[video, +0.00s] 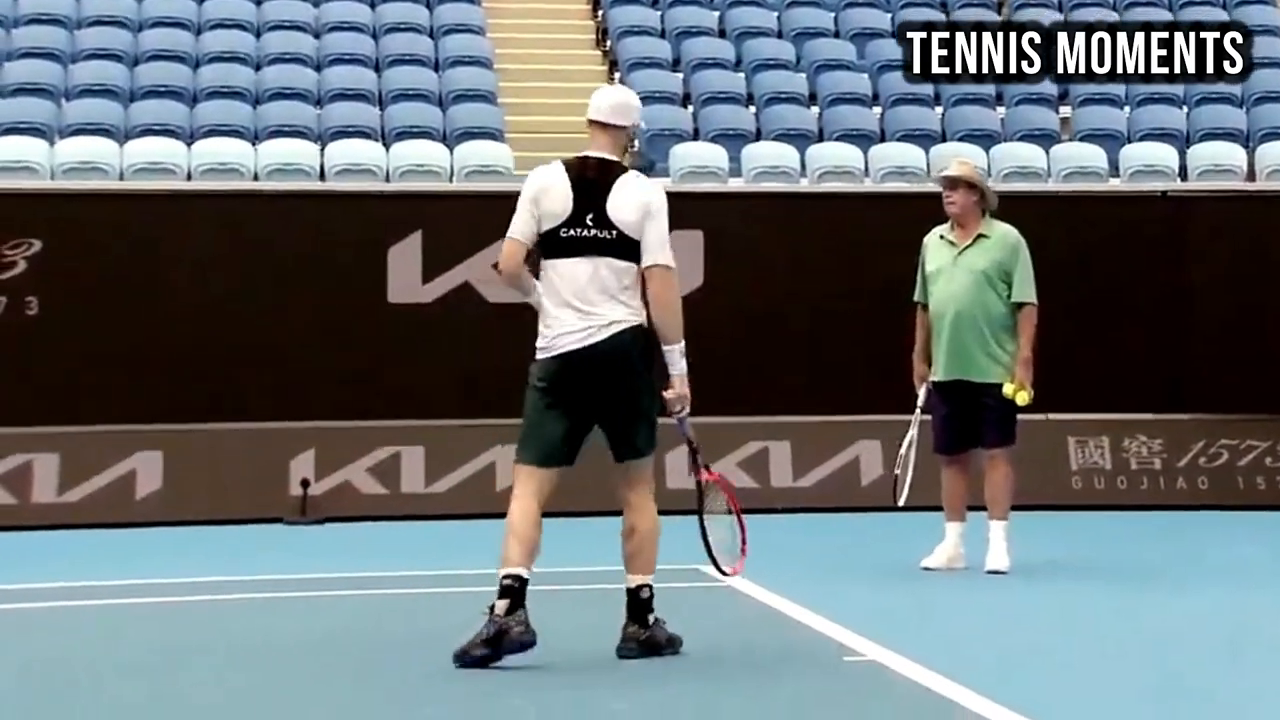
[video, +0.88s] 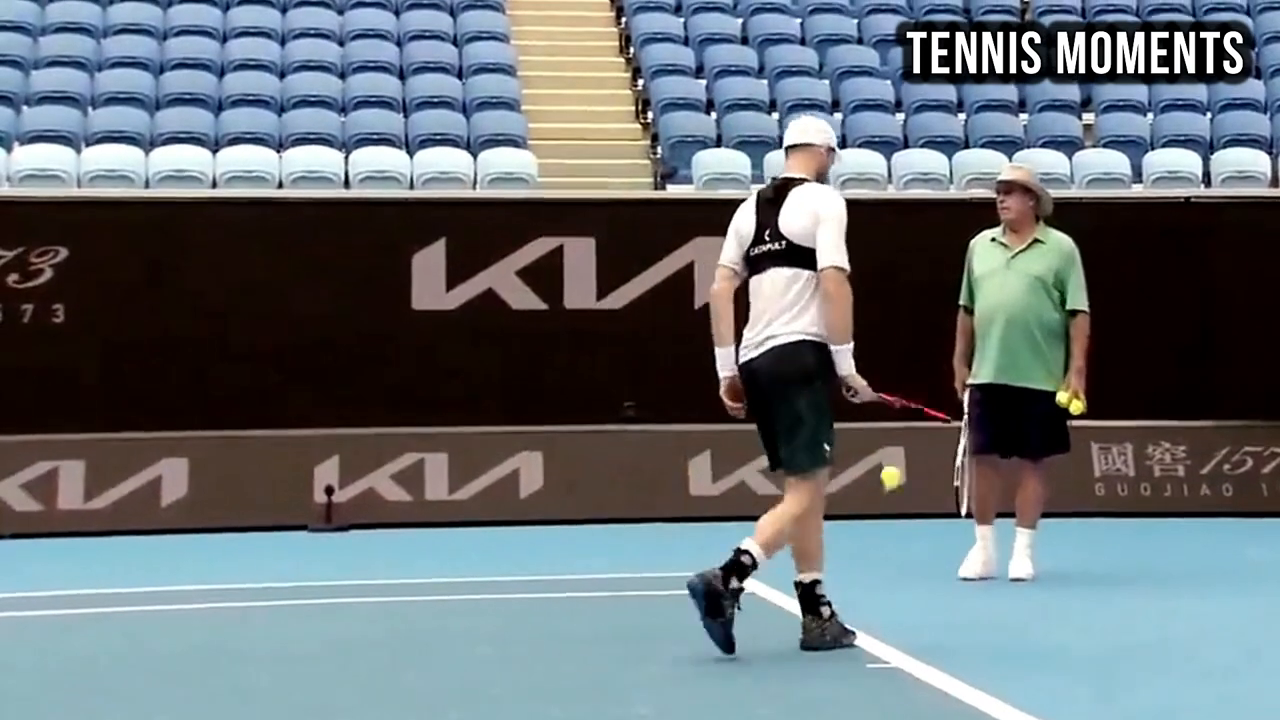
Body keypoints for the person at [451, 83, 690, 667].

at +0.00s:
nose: (622, 138)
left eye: (603, 124)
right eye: (631, 131)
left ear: (586, 125)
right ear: (633, 133)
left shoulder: (542, 180)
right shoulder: (646, 192)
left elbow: (510, 263)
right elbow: (659, 283)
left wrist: (545, 292)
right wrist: (677, 368)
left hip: (557, 359)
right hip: (627, 357)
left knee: (528, 489)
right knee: (638, 488)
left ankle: (508, 613)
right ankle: (640, 622)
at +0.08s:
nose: (665, 137)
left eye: (653, 127)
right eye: (665, 130)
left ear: (617, 123)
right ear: (662, 131)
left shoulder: (571, 179)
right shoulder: (673, 189)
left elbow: (538, 263)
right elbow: (683, 279)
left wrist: (561, 319)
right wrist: (701, 363)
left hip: (585, 355)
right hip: (651, 354)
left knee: (555, 484)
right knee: (655, 488)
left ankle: (527, 592)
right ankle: (649, 621)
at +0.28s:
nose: (720, 140)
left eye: (713, 129)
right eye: (721, 132)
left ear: (673, 124)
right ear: (715, 132)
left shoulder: (626, 178)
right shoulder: (717, 187)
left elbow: (594, 264)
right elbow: (726, 279)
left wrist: (592, 343)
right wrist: (753, 357)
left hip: (627, 350)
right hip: (686, 348)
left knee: (641, 477)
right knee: (682, 487)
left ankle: (603, 598)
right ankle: (662, 620)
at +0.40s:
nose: (748, 143)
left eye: (746, 134)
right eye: (747, 134)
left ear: (699, 129)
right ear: (738, 134)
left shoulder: (650, 182)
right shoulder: (734, 187)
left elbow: (617, 265)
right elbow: (739, 276)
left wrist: (606, 344)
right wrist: (767, 352)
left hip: (646, 348)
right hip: (700, 344)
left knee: (680, 481)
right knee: (692, 484)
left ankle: (673, 608)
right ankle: (668, 617)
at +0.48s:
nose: (762, 148)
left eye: (761, 138)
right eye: (762, 139)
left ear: (715, 132)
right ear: (753, 138)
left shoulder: (667, 185)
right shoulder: (746, 189)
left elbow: (633, 267)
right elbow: (747, 276)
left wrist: (621, 344)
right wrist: (775, 351)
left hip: (663, 348)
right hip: (712, 345)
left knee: (713, 477)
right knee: (701, 486)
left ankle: (729, 607)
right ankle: (666, 619)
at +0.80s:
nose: (820, 164)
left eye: (817, 157)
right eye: (821, 157)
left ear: (773, 153)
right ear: (813, 155)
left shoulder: (733, 208)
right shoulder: (810, 202)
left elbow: (707, 285)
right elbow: (811, 281)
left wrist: (705, 366)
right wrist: (826, 369)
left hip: (738, 357)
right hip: (781, 354)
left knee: (800, 478)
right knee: (775, 487)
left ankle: (816, 614)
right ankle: (696, 598)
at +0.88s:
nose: (832, 164)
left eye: (828, 155)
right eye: (832, 156)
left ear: (785, 154)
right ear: (824, 155)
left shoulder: (749, 204)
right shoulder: (825, 199)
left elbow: (723, 287)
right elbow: (832, 279)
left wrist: (727, 367)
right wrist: (846, 365)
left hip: (755, 359)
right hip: (801, 353)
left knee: (805, 486)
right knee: (805, 489)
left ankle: (817, 615)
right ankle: (726, 580)